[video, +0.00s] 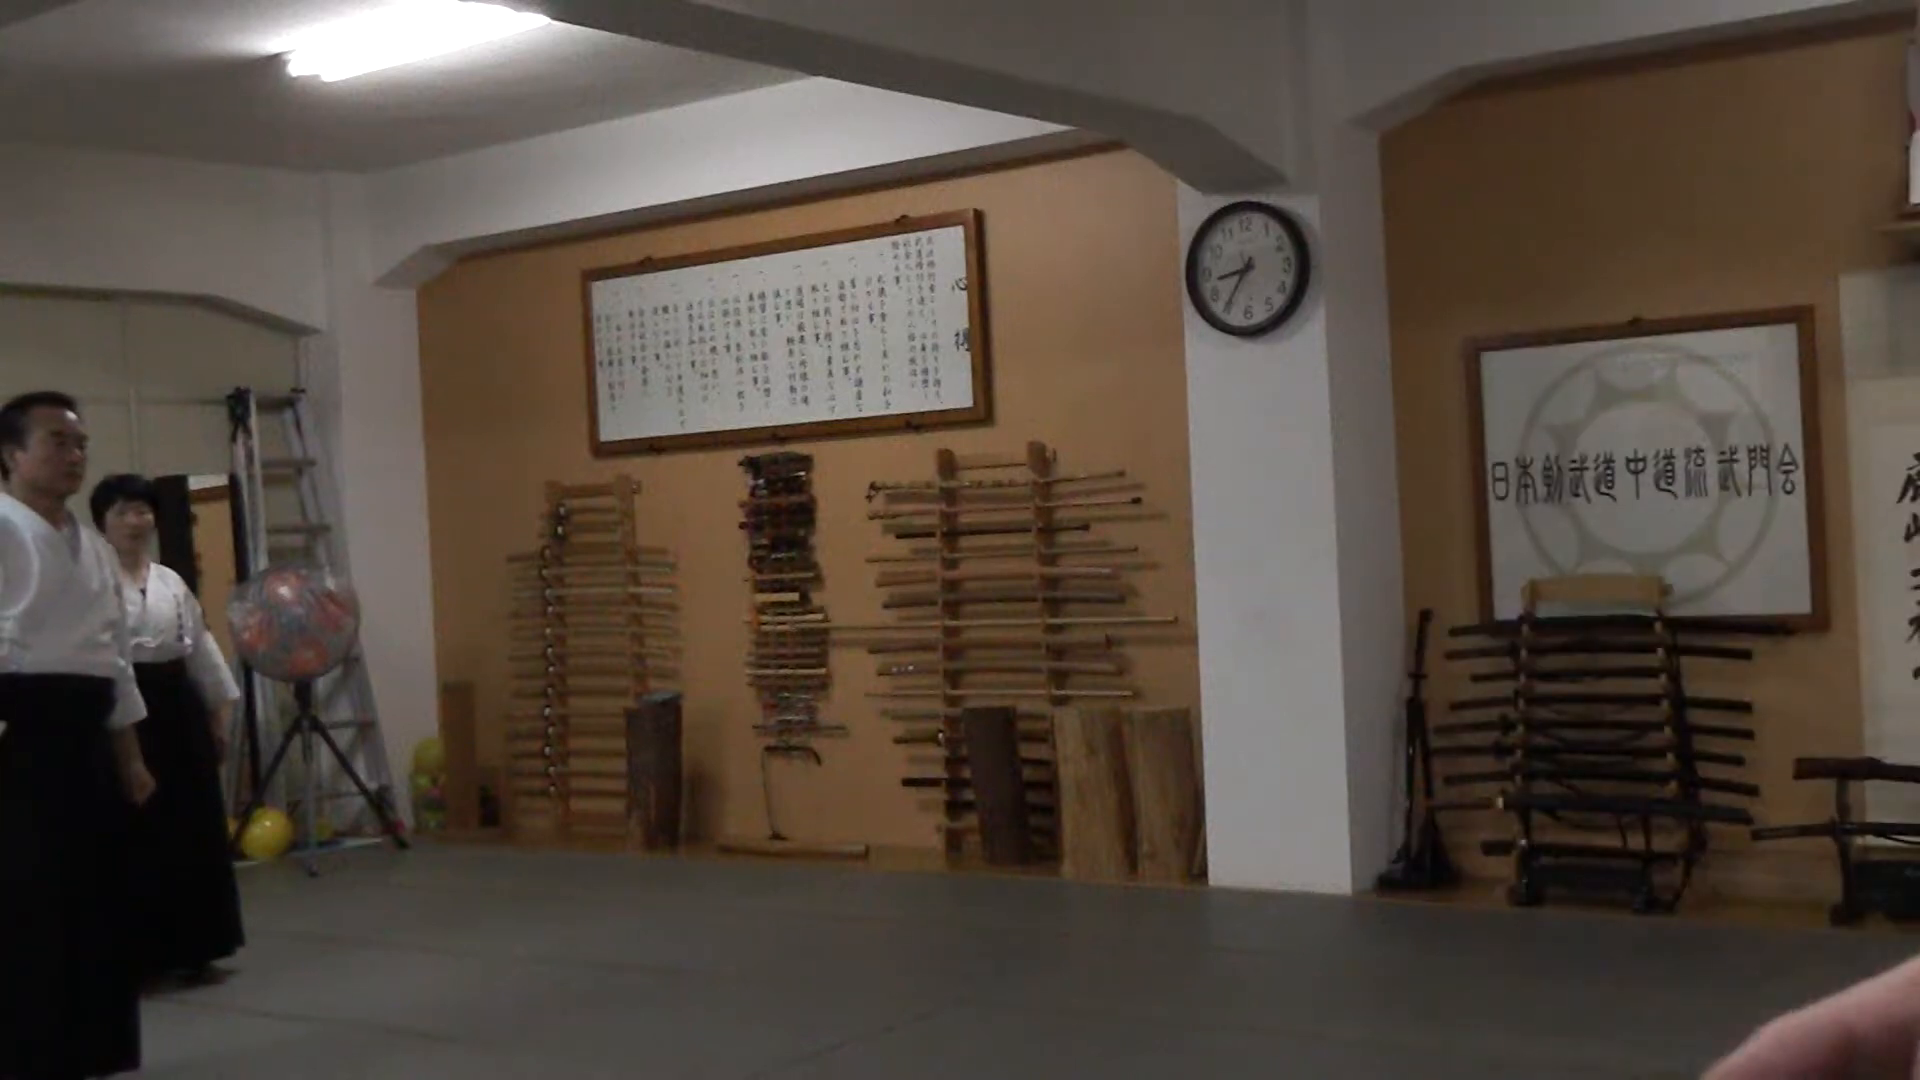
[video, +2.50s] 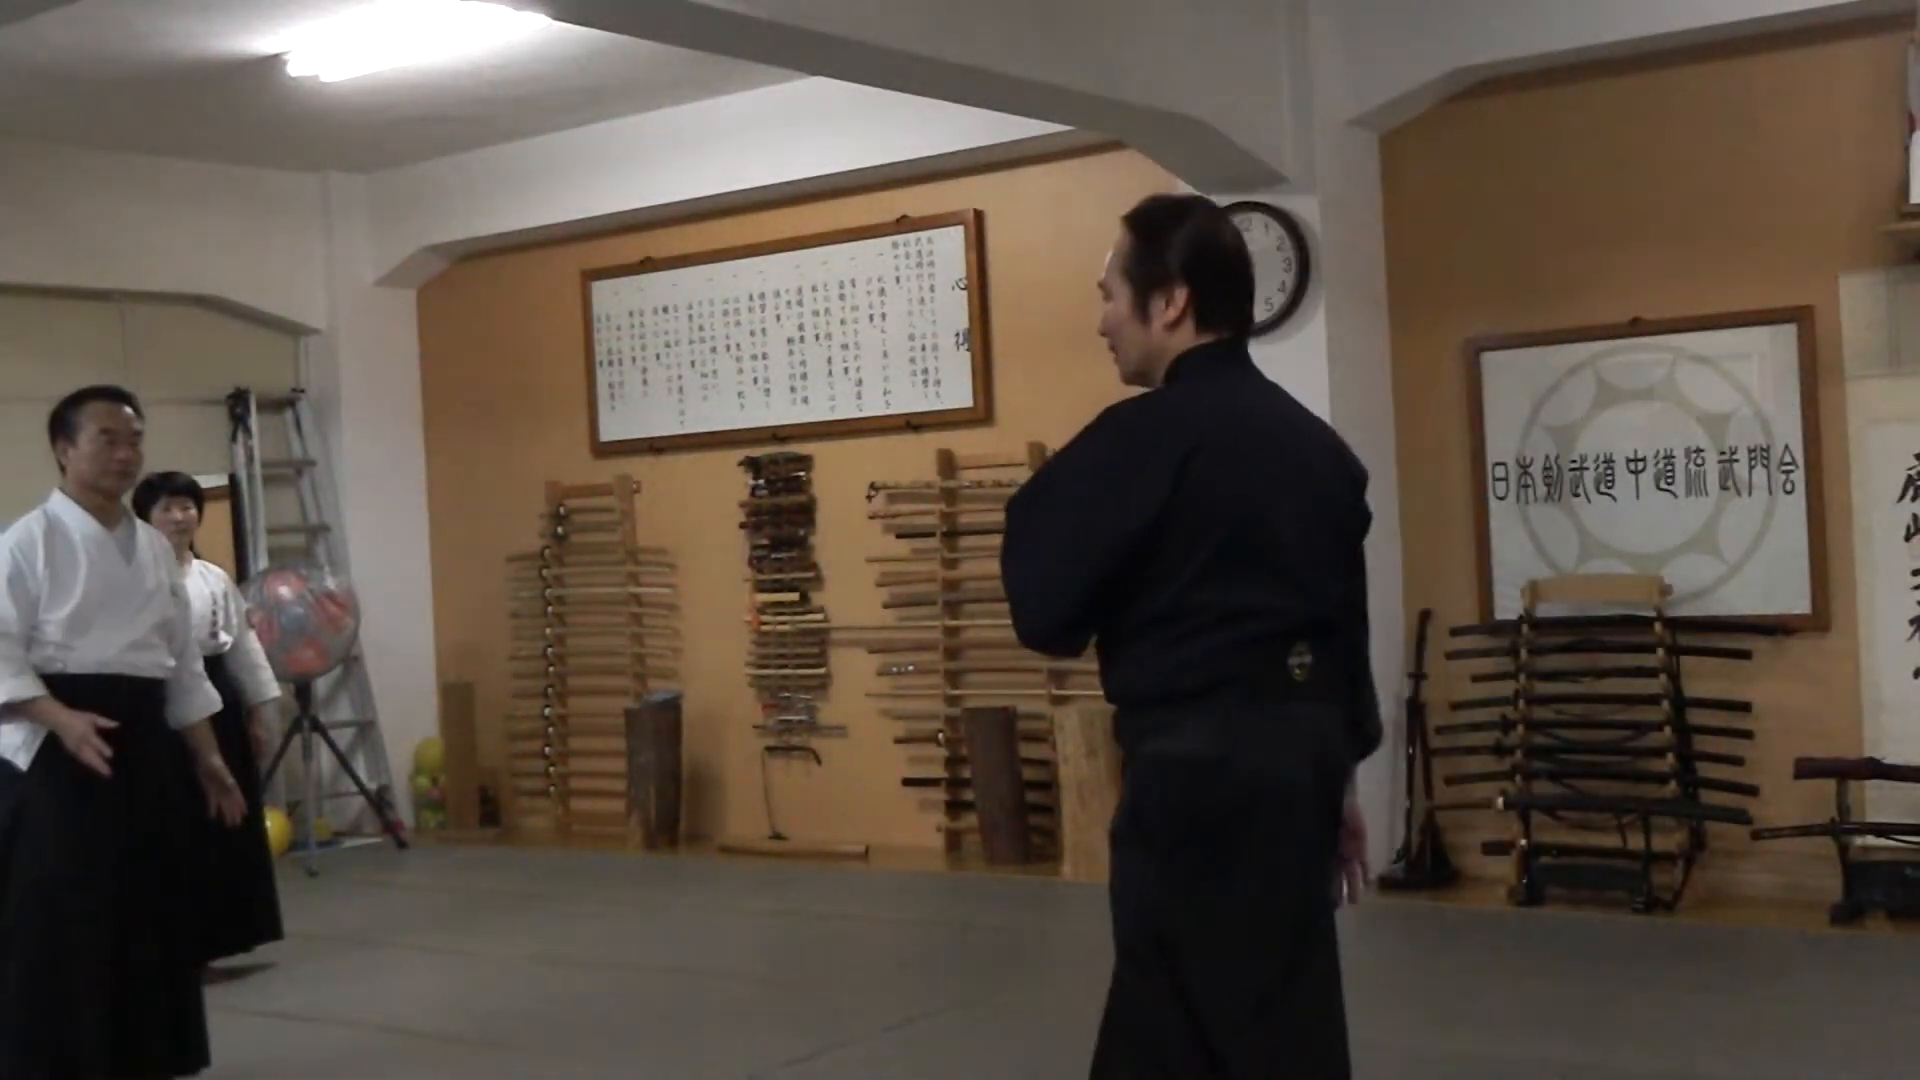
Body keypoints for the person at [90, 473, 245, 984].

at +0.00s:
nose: (136, 520)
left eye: (144, 510)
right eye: (124, 512)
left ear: (155, 520)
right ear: (102, 523)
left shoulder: (170, 581)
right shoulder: (95, 582)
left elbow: (199, 643)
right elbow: (93, 656)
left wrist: (225, 697)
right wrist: (108, 727)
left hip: (175, 695)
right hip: (121, 700)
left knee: (193, 816)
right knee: (137, 822)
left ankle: (198, 945)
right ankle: (147, 949)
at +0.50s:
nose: (156, 517)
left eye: (164, 507)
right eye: (144, 509)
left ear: (181, 516)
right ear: (127, 519)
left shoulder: (201, 579)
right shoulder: (110, 583)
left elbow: (229, 644)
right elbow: (96, 662)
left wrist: (247, 713)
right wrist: (104, 738)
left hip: (199, 700)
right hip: (142, 704)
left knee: (206, 818)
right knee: (149, 820)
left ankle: (199, 947)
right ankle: (149, 953)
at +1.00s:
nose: (172, 517)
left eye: (181, 508)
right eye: (161, 509)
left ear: (195, 517)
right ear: (142, 518)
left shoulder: (214, 580)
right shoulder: (122, 583)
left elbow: (241, 646)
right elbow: (101, 662)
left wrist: (263, 706)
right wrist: (110, 726)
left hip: (210, 701)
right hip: (154, 705)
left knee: (214, 819)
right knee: (156, 824)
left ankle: (202, 949)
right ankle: (149, 956)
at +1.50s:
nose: (174, 517)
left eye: (183, 508)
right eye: (163, 508)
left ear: (197, 517)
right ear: (145, 519)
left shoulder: (215, 581)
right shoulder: (124, 582)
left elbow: (243, 649)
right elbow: (104, 658)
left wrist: (260, 713)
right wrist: (115, 725)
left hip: (212, 703)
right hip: (157, 705)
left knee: (215, 822)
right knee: (161, 826)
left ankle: (202, 951)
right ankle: (155, 957)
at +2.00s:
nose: (175, 515)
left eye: (183, 506)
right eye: (163, 507)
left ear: (197, 515)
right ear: (144, 519)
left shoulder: (216, 580)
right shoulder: (124, 581)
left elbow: (243, 646)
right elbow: (112, 658)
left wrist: (262, 713)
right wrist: (121, 729)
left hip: (211, 702)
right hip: (153, 706)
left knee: (213, 818)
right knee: (159, 822)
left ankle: (203, 946)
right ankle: (162, 949)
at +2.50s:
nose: (180, 515)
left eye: (188, 506)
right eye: (168, 508)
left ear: (199, 516)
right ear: (146, 520)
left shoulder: (215, 579)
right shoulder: (138, 578)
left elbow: (241, 645)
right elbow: (131, 655)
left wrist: (261, 708)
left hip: (215, 699)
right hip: (157, 707)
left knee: (222, 818)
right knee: (169, 823)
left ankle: (217, 941)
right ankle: (179, 945)